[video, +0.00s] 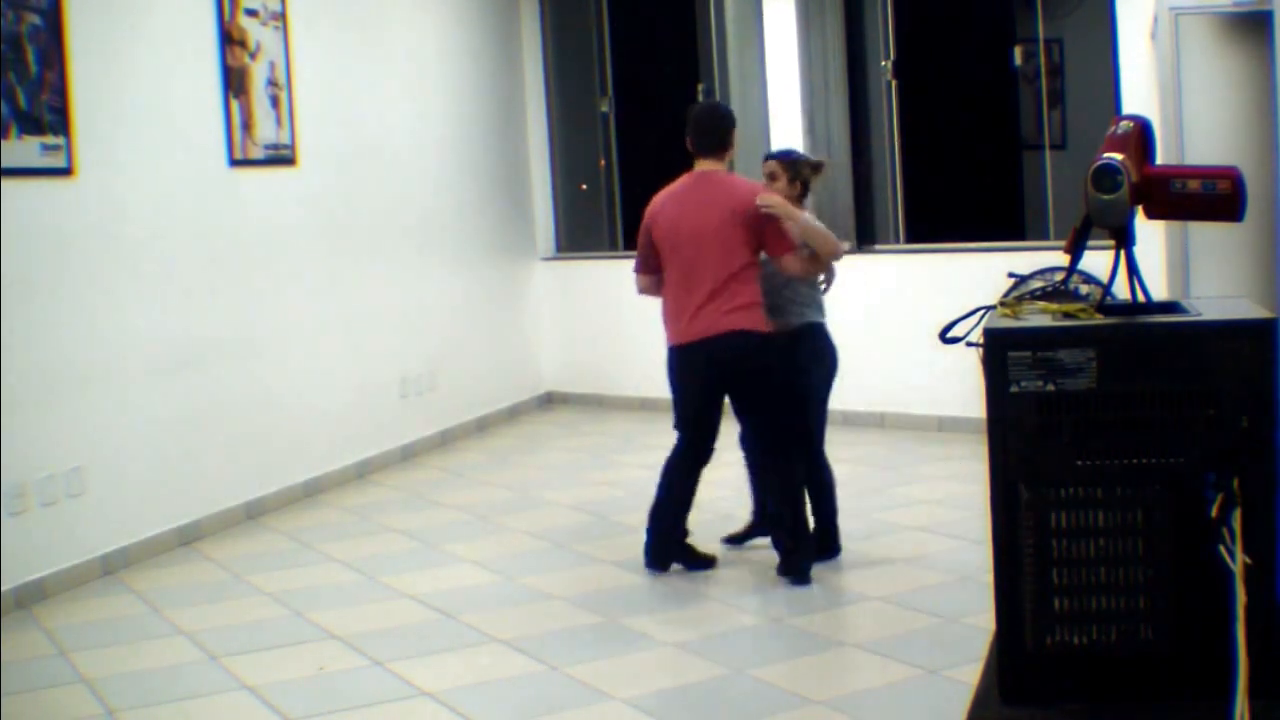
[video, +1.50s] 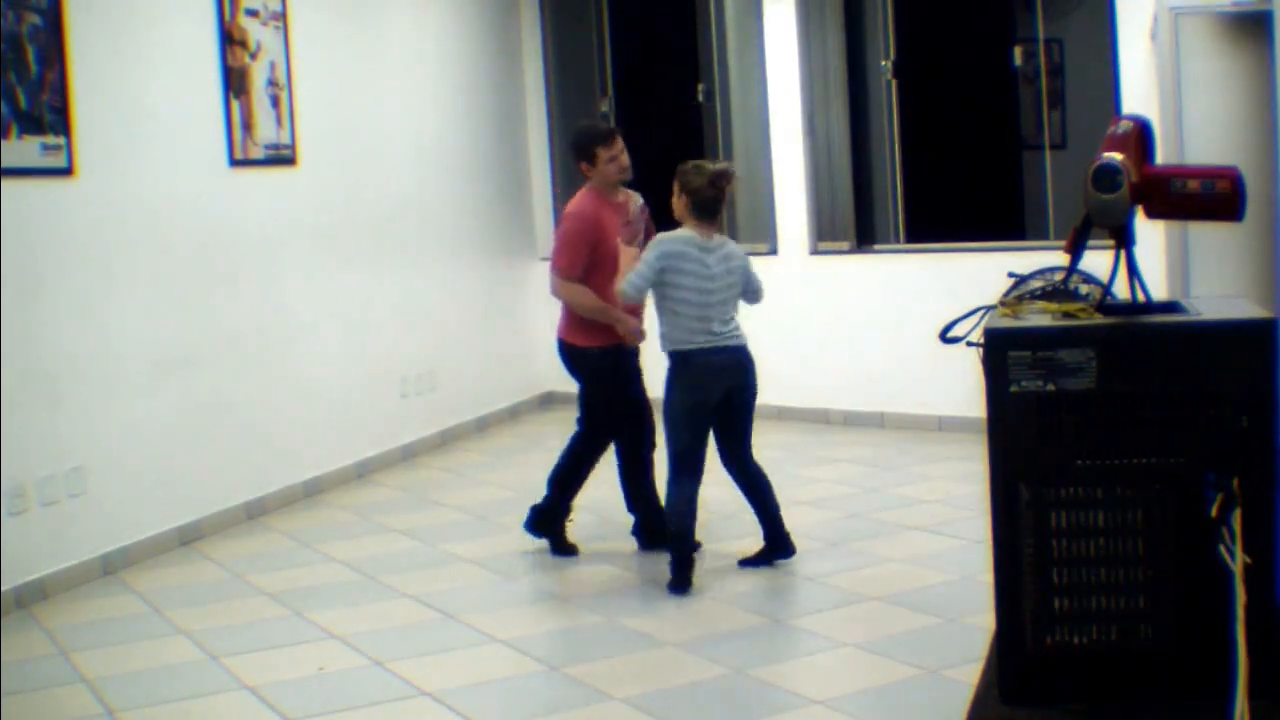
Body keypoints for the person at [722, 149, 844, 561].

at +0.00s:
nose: (764, 186)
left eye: (773, 178)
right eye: (763, 178)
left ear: (796, 185)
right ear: (762, 182)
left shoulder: (805, 221)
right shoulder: (753, 224)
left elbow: (832, 252)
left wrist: (788, 214)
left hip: (807, 340)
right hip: (766, 343)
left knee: (807, 443)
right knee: (755, 436)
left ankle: (826, 535)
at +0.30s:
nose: (728, 191)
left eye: (737, 184)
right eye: (725, 184)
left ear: (759, 189)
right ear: (722, 191)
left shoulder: (782, 236)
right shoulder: (712, 238)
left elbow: (810, 291)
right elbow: (695, 289)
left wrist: (808, 271)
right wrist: (713, 279)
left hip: (767, 345)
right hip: (721, 346)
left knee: (775, 443)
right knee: (724, 442)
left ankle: (773, 532)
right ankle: (728, 522)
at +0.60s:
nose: (718, 199)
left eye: (726, 191)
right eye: (712, 193)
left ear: (745, 195)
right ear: (708, 200)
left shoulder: (760, 235)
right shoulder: (711, 245)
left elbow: (760, 287)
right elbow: (712, 308)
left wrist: (795, 277)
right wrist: (724, 286)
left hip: (750, 348)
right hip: (712, 353)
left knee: (773, 434)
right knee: (722, 443)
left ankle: (746, 502)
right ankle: (718, 522)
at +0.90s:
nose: (713, 202)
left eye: (721, 193)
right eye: (708, 196)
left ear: (742, 196)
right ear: (705, 203)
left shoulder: (766, 239)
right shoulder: (708, 248)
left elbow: (789, 289)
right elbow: (695, 297)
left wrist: (815, 263)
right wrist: (672, 276)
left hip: (759, 353)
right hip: (719, 356)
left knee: (756, 441)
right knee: (740, 442)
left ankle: (741, 510)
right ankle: (744, 529)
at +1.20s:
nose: (693, 207)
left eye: (698, 199)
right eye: (695, 199)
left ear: (718, 202)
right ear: (714, 203)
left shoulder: (756, 251)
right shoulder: (700, 256)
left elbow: (757, 310)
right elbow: (677, 308)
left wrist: (716, 278)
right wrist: (639, 281)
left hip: (746, 365)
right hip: (703, 368)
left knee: (747, 458)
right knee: (729, 463)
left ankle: (786, 509)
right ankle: (764, 540)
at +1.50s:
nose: (672, 200)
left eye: (674, 194)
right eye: (674, 194)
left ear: (681, 200)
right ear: (721, 202)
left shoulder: (664, 247)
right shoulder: (732, 252)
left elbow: (630, 293)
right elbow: (754, 293)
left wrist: (627, 260)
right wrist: (715, 274)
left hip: (690, 370)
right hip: (736, 364)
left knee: (684, 470)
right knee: (738, 457)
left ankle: (681, 569)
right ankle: (778, 539)